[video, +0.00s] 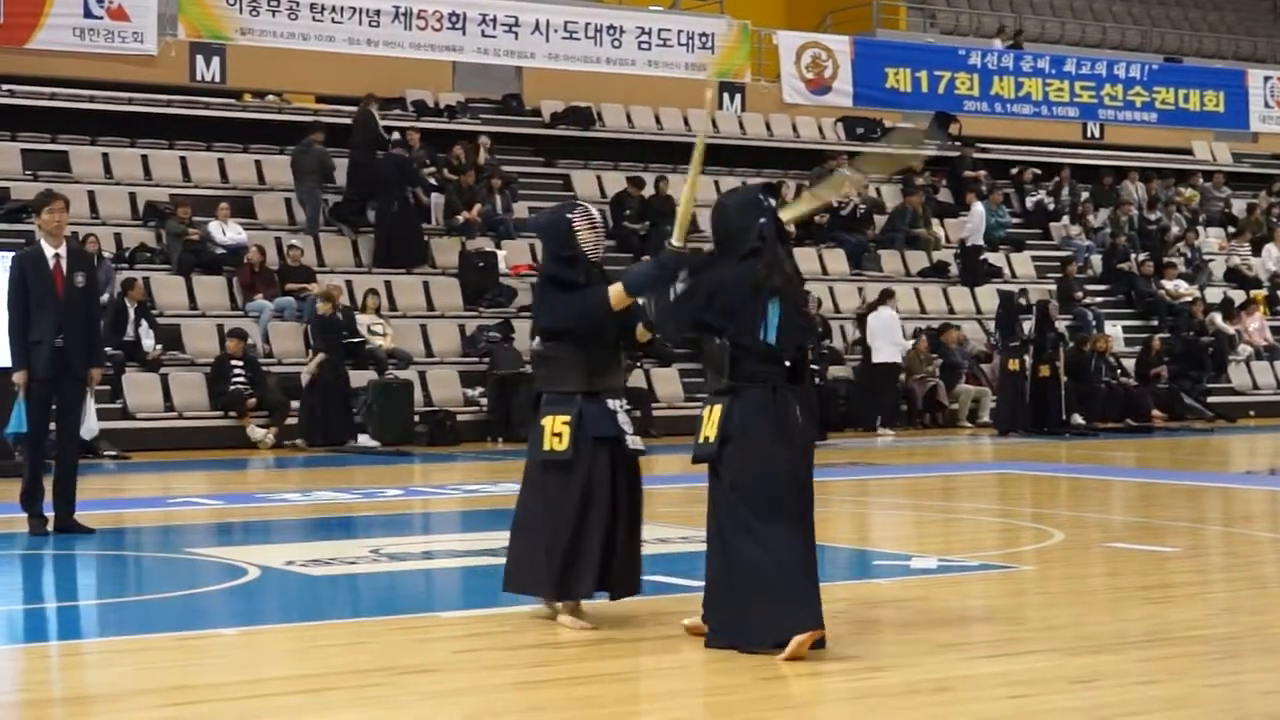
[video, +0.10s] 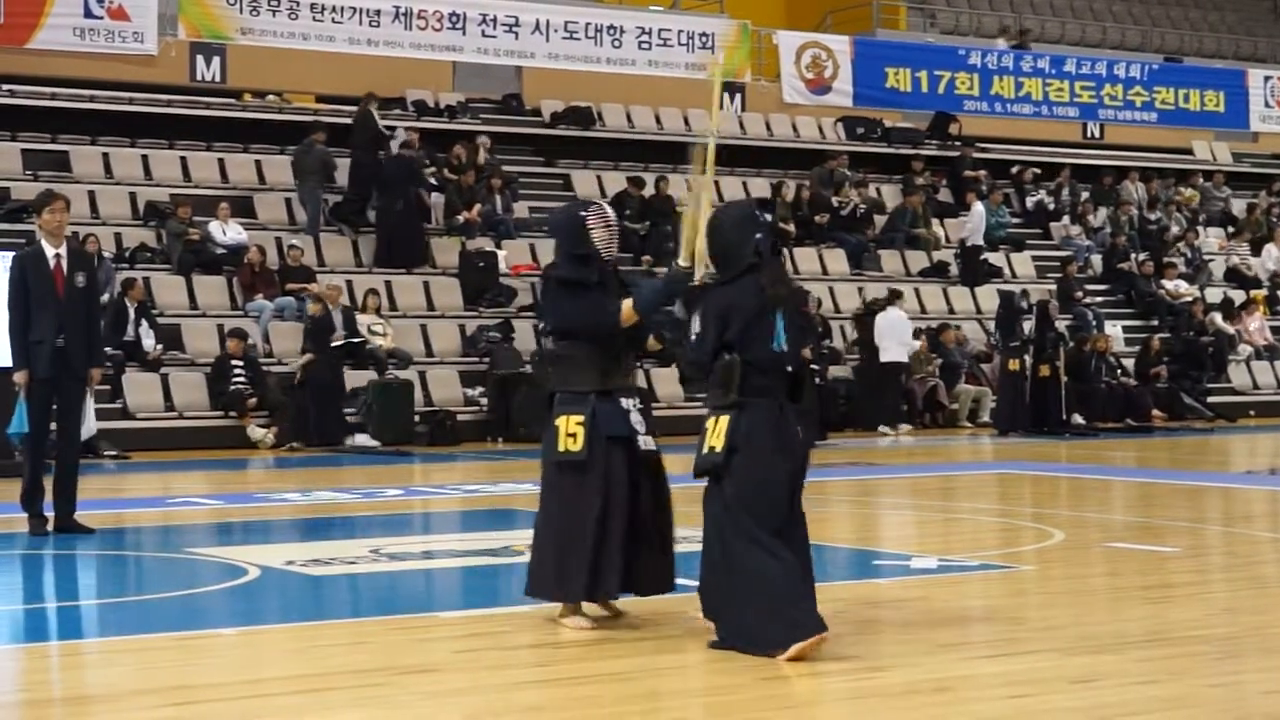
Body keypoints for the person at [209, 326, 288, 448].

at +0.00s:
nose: (227, 344)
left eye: (231, 341)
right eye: (227, 341)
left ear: (242, 343)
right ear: (226, 342)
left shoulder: (251, 360)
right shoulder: (220, 360)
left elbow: (261, 382)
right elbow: (215, 384)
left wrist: (256, 397)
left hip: (251, 394)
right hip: (229, 397)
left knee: (282, 402)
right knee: (236, 395)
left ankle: (271, 434)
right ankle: (249, 427)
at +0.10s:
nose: (227, 344)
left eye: (231, 341)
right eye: (227, 341)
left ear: (242, 344)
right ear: (226, 342)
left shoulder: (252, 360)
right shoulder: (221, 360)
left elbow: (261, 382)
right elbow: (215, 384)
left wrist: (256, 397)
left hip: (251, 394)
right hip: (229, 397)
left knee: (280, 401)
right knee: (237, 394)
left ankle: (271, 434)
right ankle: (250, 427)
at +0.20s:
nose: (227, 344)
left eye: (232, 341)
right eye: (227, 341)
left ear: (242, 344)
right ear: (225, 342)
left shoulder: (251, 360)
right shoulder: (220, 360)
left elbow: (260, 380)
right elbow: (214, 382)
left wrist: (256, 396)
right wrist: (228, 390)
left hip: (251, 394)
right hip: (227, 395)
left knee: (275, 398)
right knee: (236, 394)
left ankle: (271, 433)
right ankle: (249, 427)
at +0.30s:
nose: (227, 344)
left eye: (232, 341)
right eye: (227, 341)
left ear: (242, 344)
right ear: (225, 342)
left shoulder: (251, 360)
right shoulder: (220, 360)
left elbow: (260, 381)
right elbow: (214, 382)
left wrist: (255, 396)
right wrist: (229, 389)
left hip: (250, 393)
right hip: (226, 395)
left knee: (272, 394)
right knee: (236, 393)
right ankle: (249, 426)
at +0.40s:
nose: (227, 344)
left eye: (231, 341)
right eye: (227, 340)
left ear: (242, 343)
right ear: (225, 341)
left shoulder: (251, 359)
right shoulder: (221, 359)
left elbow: (259, 379)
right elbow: (214, 381)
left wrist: (256, 395)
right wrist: (228, 390)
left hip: (250, 391)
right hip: (229, 393)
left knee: (268, 393)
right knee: (236, 395)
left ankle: (270, 428)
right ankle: (249, 425)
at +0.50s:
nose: (229, 344)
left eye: (233, 341)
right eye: (228, 341)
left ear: (242, 344)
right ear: (226, 342)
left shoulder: (251, 360)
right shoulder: (221, 359)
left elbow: (255, 379)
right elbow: (215, 381)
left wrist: (254, 394)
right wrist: (229, 389)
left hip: (250, 392)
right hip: (228, 394)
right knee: (238, 394)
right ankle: (246, 425)